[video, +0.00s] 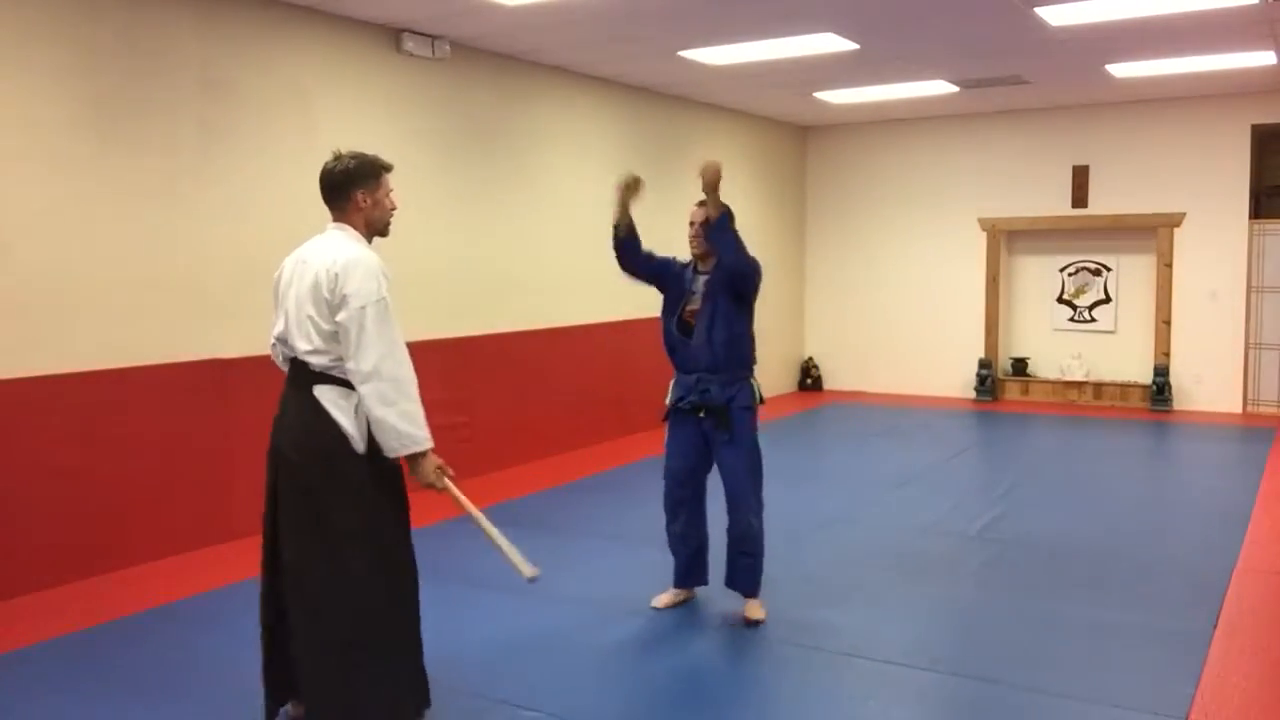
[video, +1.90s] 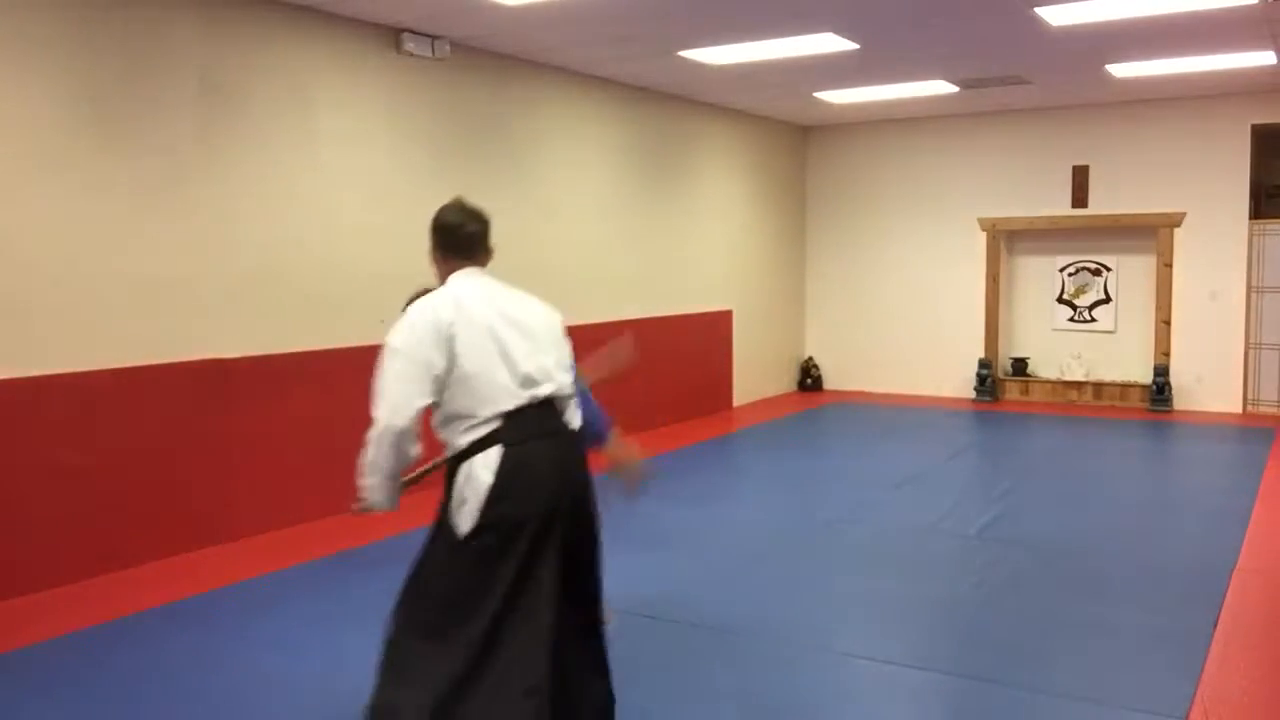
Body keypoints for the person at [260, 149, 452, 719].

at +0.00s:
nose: (393, 203)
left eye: (390, 192)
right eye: (387, 193)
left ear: (342, 201)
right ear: (361, 200)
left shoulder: (299, 259)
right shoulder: (359, 264)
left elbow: (283, 348)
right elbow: (380, 366)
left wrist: (333, 384)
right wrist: (418, 449)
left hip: (294, 425)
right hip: (344, 431)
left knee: (302, 565)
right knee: (371, 568)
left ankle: (299, 695)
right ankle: (379, 700)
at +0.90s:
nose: (389, 223)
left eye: (388, 212)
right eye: (386, 214)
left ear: (333, 220)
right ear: (368, 219)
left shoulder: (294, 280)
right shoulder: (376, 287)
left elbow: (281, 367)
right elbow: (417, 388)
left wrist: (343, 375)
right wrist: (474, 407)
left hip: (304, 430)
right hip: (365, 435)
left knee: (321, 565)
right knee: (424, 561)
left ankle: (313, 703)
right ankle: (401, 701)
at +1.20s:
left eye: (354, 212)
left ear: (349, 218)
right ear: (405, 214)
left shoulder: (328, 289)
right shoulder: (451, 279)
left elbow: (291, 390)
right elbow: (482, 356)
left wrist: (289, 430)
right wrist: (429, 344)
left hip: (364, 444)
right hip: (444, 440)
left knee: (346, 580)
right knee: (449, 586)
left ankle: (323, 696)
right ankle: (456, 706)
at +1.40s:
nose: (357, 217)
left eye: (356, 211)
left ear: (356, 214)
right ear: (413, 213)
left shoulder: (347, 267)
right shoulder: (457, 269)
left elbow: (330, 341)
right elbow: (467, 341)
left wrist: (275, 417)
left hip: (392, 441)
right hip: (470, 433)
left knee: (354, 593)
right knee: (474, 588)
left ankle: (364, 705)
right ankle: (476, 705)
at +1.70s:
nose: (388, 282)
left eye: (388, 274)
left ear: (389, 278)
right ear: (443, 278)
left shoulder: (384, 325)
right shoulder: (477, 330)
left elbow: (328, 405)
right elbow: (505, 412)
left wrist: (274, 471)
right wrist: (417, 476)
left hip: (447, 480)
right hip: (517, 474)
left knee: (379, 619)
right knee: (501, 617)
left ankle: (367, 705)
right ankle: (505, 706)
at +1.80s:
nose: (409, 276)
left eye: (409, 269)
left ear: (410, 272)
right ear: (463, 270)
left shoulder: (401, 329)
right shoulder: (504, 326)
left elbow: (352, 421)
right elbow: (539, 406)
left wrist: (323, 490)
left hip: (470, 482)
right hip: (537, 471)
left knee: (395, 623)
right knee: (534, 612)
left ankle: (375, 708)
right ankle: (580, 708)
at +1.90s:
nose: (435, 260)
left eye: (433, 252)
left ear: (435, 254)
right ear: (487, 250)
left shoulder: (427, 316)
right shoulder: (535, 308)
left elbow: (395, 419)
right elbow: (569, 396)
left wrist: (377, 489)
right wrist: (610, 441)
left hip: (497, 473)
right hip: (565, 462)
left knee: (433, 613)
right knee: (568, 607)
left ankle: (403, 708)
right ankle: (577, 709)